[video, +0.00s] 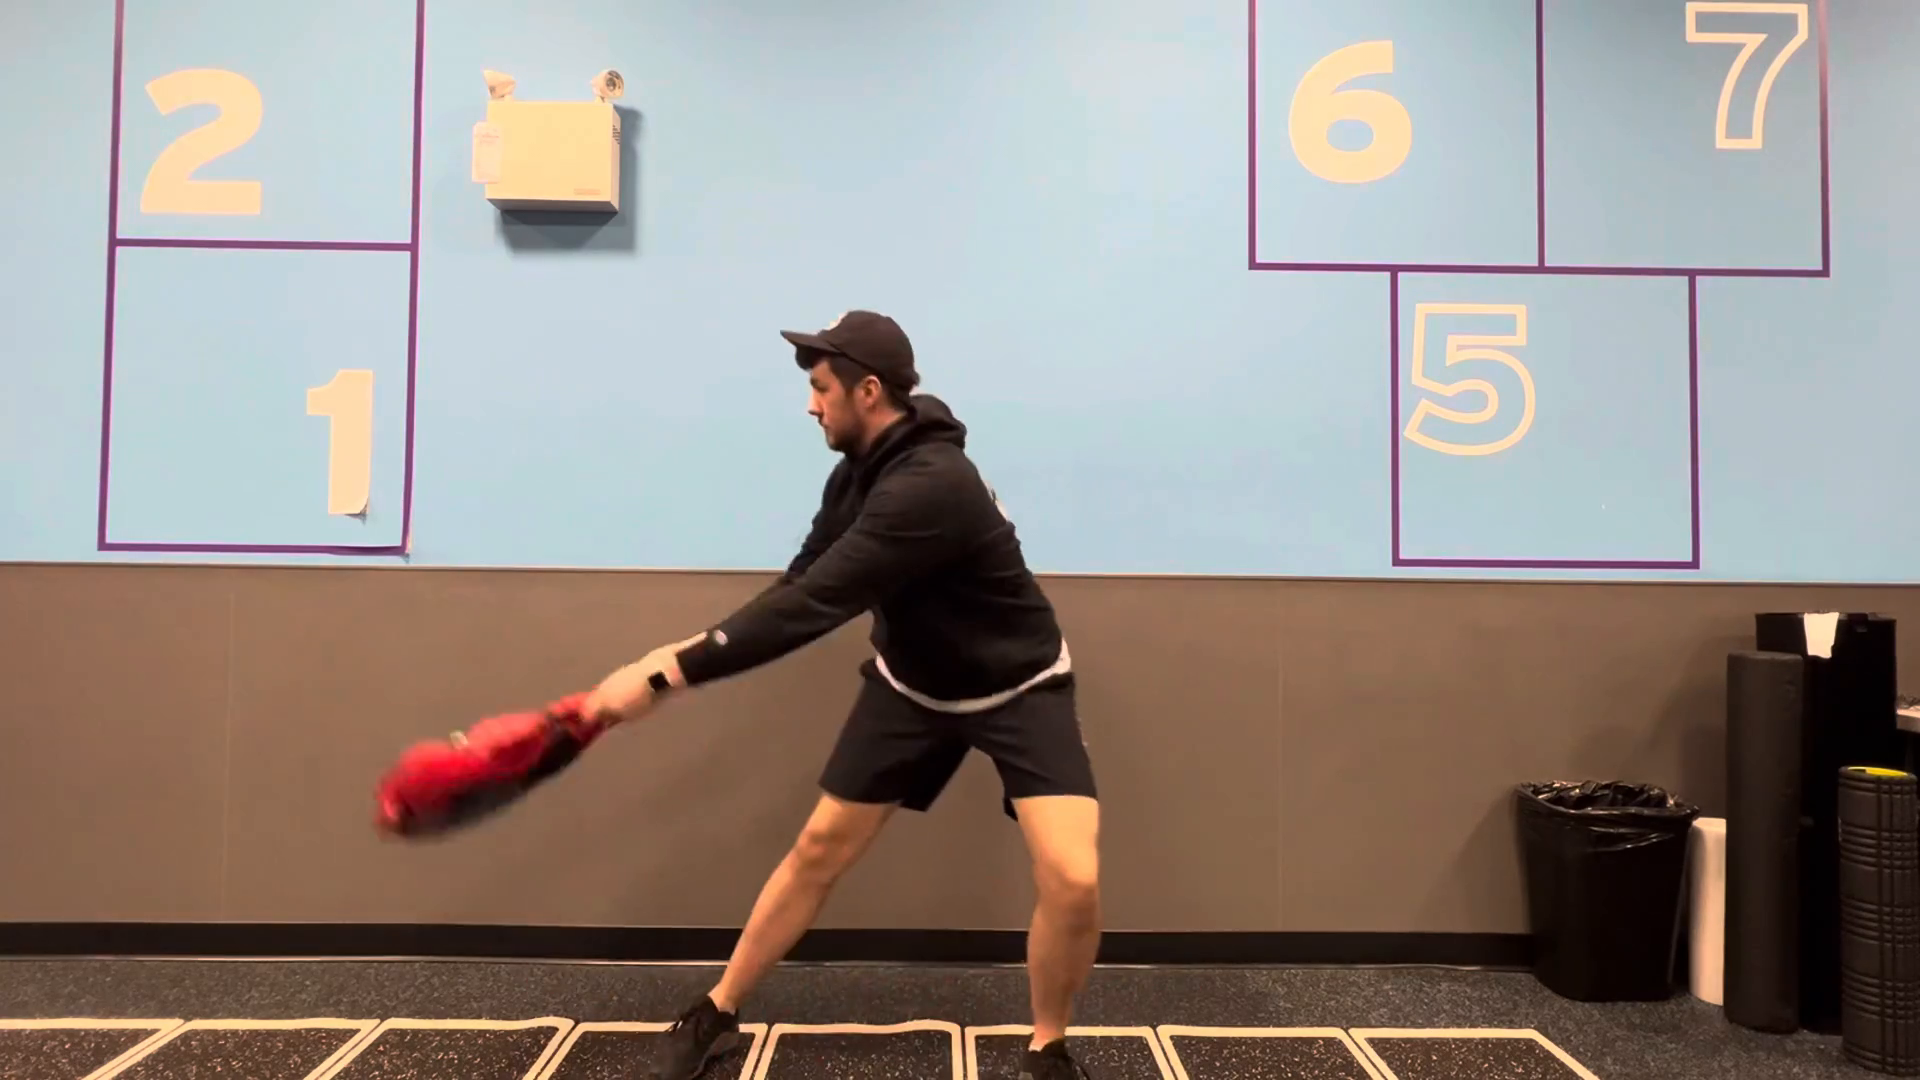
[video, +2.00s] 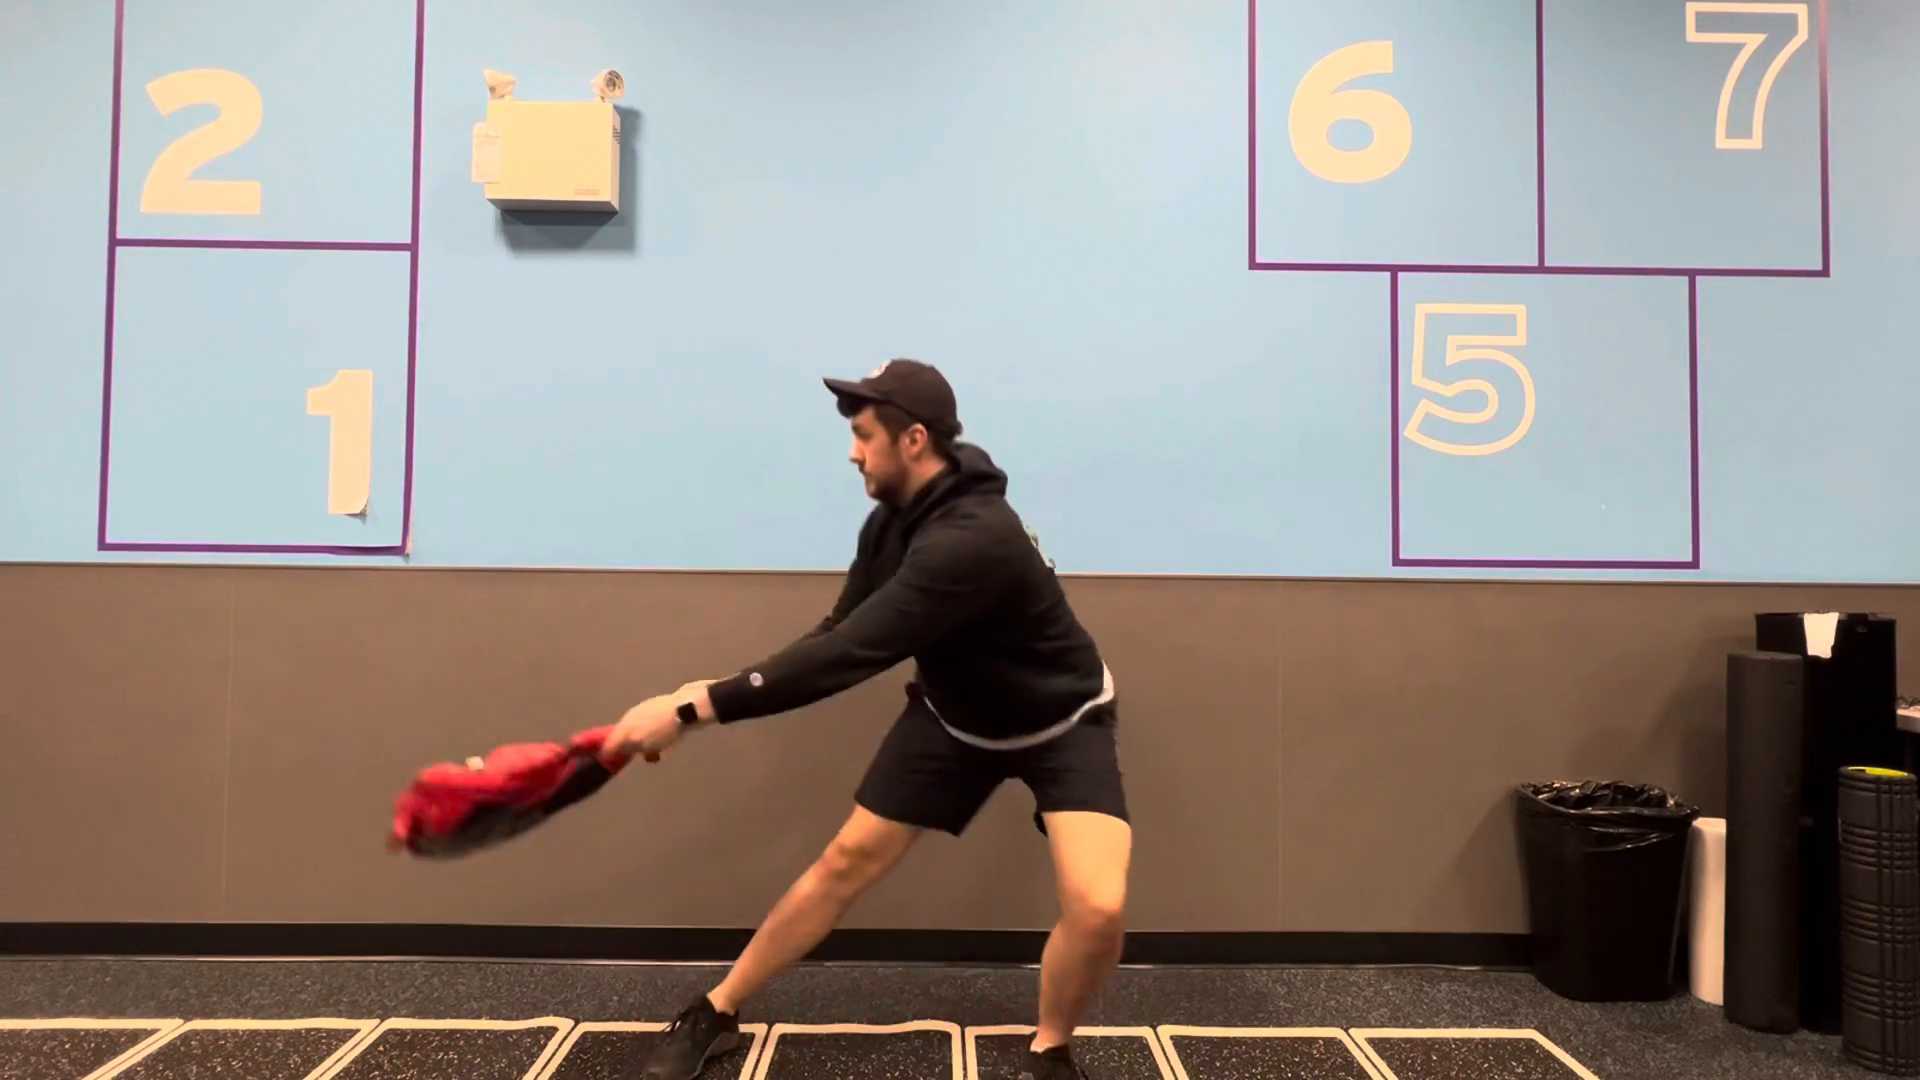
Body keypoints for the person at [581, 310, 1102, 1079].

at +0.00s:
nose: (811, 404)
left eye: (823, 387)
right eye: (812, 387)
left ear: (871, 390)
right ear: (865, 391)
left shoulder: (929, 484)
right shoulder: (854, 478)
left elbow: (818, 602)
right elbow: (800, 586)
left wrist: (666, 672)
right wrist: (690, 659)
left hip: (1020, 687)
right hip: (907, 683)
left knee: (1075, 879)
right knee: (820, 844)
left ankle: (1049, 1048)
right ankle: (718, 1010)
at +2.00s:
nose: (854, 453)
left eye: (865, 436)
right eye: (854, 436)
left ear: (916, 440)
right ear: (904, 441)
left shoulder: (972, 537)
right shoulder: (893, 521)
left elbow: (852, 654)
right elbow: (838, 636)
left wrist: (692, 708)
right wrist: (701, 702)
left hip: (1064, 718)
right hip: (951, 712)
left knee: (1100, 906)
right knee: (847, 858)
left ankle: (1051, 1051)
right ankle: (716, 1011)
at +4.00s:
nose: (843, 440)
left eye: (854, 423)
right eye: (845, 423)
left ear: (901, 431)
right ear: (897, 432)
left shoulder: (952, 531)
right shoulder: (889, 512)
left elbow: (814, 624)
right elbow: (822, 625)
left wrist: (650, 650)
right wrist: (677, 655)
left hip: (1056, 718)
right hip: (946, 713)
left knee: (1108, 911)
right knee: (842, 859)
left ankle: (1053, 1050)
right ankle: (712, 1015)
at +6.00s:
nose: (868, 444)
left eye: (882, 428)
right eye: (870, 428)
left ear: (933, 438)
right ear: (925, 438)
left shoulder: (981, 534)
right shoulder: (895, 523)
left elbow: (849, 628)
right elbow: (841, 625)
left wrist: (684, 642)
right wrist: (704, 648)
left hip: (1066, 720)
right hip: (954, 718)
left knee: (1100, 907)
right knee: (847, 865)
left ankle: (1060, 1048)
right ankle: (714, 1012)